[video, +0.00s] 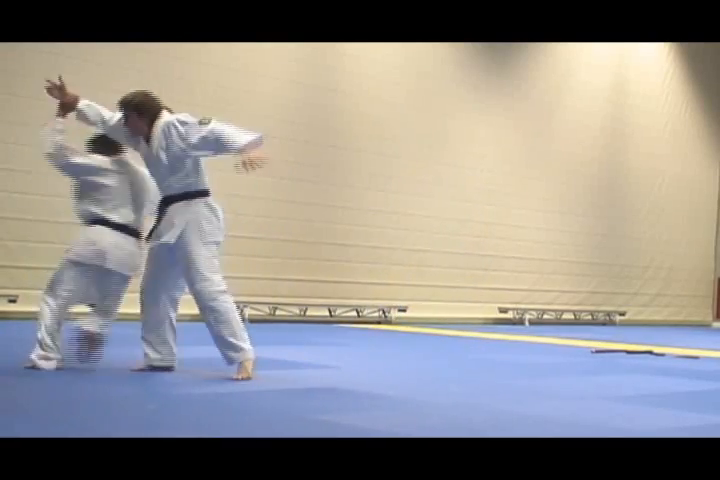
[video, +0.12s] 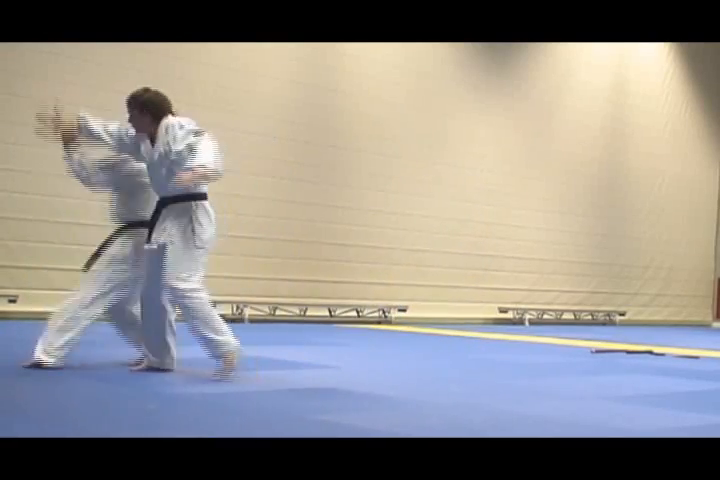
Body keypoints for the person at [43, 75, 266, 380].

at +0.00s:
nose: (126, 125)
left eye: (128, 119)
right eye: (125, 120)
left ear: (142, 116)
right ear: (136, 119)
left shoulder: (175, 126)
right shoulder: (139, 137)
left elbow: (212, 131)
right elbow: (108, 120)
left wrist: (245, 144)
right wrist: (74, 103)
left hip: (196, 212)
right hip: (168, 218)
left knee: (206, 285)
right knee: (155, 289)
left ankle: (242, 356)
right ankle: (160, 357)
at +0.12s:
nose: (130, 121)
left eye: (133, 115)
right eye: (130, 116)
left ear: (149, 115)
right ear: (144, 116)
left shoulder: (178, 129)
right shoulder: (142, 139)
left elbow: (206, 145)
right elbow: (111, 133)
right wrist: (78, 126)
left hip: (189, 215)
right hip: (163, 217)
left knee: (180, 282)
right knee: (152, 290)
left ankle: (226, 348)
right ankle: (160, 357)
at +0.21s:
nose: (131, 125)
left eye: (134, 119)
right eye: (131, 119)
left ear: (148, 116)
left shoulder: (169, 128)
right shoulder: (147, 147)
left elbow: (191, 151)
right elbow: (117, 160)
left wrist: (158, 181)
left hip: (191, 215)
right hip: (170, 217)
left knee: (163, 279)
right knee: (150, 283)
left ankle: (198, 351)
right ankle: (160, 357)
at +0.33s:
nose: (128, 137)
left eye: (127, 131)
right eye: (126, 132)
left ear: (133, 126)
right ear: (157, 120)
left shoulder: (148, 135)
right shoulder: (177, 142)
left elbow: (160, 163)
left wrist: (125, 200)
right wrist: (127, 220)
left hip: (185, 217)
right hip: (207, 218)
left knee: (153, 294)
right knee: (182, 297)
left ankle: (151, 362)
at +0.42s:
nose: (129, 147)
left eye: (128, 143)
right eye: (129, 143)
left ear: (133, 140)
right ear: (159, 134)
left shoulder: (140, 151)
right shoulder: (186, 154)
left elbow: (133, 184)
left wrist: (114, 223)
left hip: (180, 226)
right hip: (214, 228)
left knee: (145, 298)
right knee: (180, 303)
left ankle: (149, 364)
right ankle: (170, 359)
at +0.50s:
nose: (144, 145)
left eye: (145, 141)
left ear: (149, 141)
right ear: (176, 138)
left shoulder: (145, 157)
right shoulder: (195, 158)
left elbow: (122, 198)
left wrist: (110, 239)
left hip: (177, 225)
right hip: (213, 227)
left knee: (139, 296)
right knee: (187, 300)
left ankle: (149, 363)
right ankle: (185, 356)